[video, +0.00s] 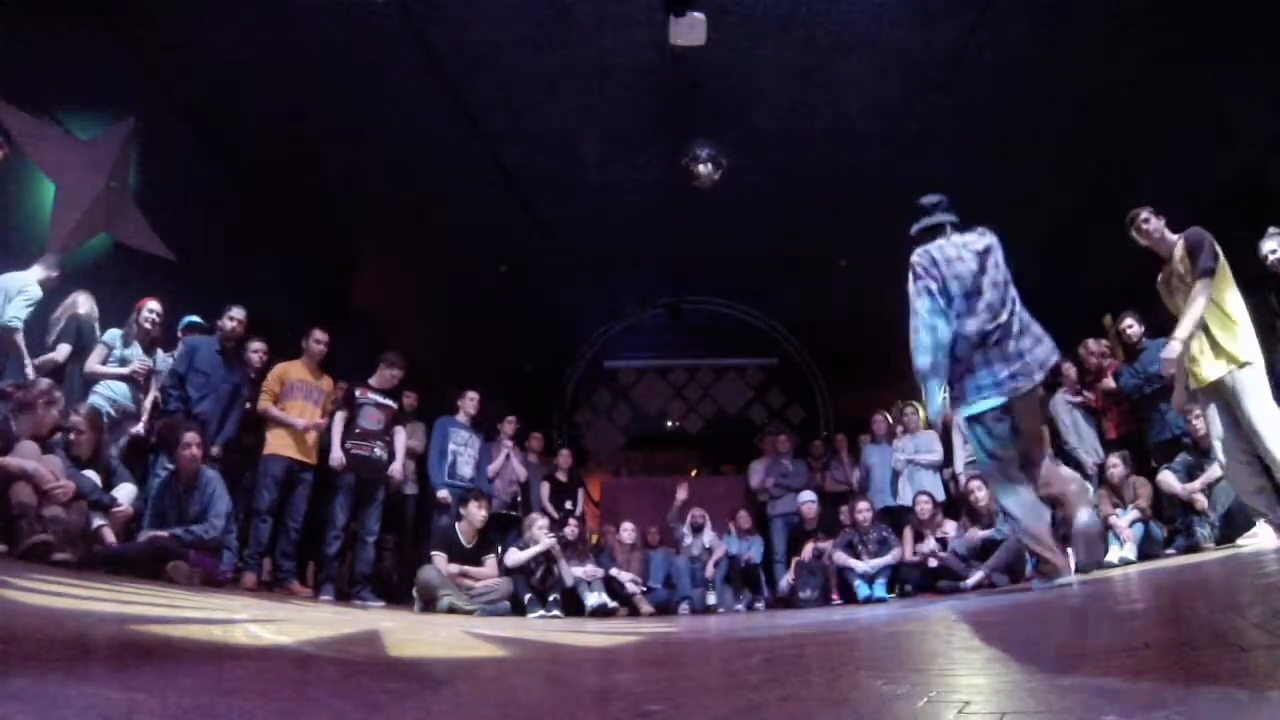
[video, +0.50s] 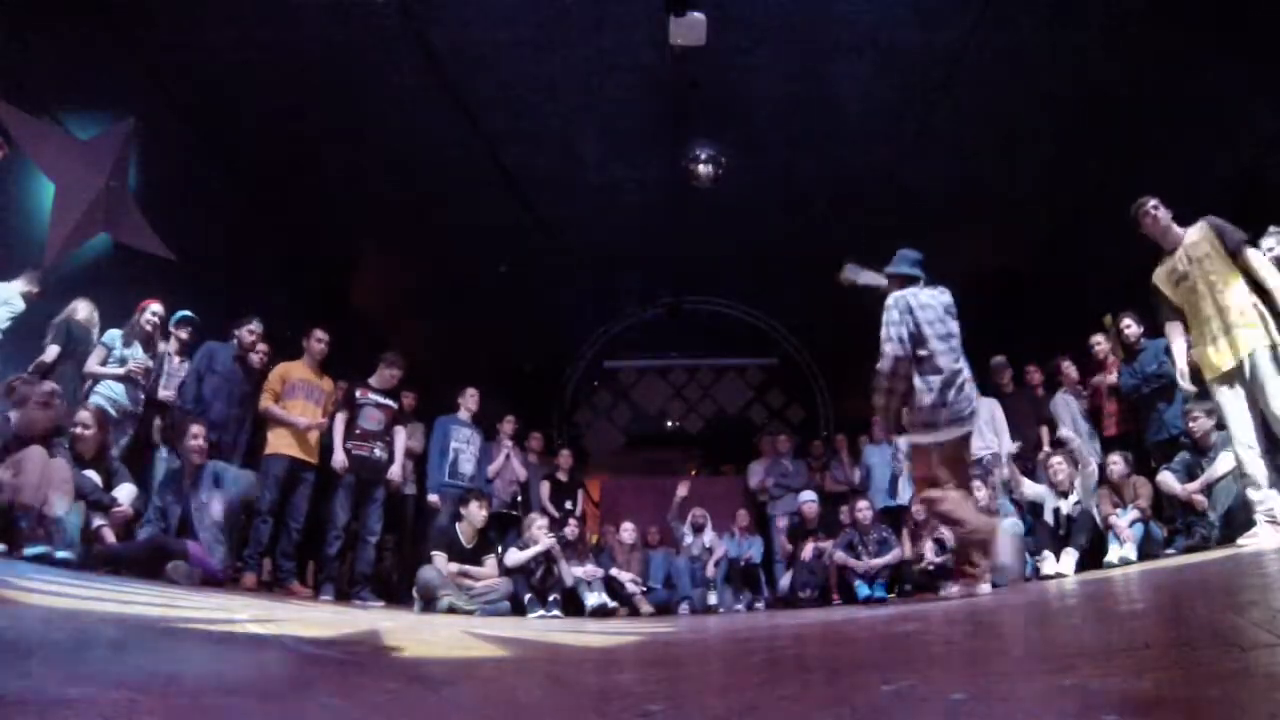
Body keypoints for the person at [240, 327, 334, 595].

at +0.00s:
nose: (321, 348)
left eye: (325, 344)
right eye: (317, 342)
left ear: (327, 349)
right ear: (305, 343)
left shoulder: (327, 382)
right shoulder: (283, 370)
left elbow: (326, 415)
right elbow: (263, 404)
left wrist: (320, 423)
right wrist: (292, 420)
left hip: (307, 454)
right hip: (279, 447)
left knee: (295, 518)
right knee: (264, 510)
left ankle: (286, 573)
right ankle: (251, 568)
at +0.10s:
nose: (321, 349)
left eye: (325, 345)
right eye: (317, 343)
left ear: (327, 350)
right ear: (305, 344)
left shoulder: (327, 383)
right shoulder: (283, 370)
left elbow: (326, 415)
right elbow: (264, 404)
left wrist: (320, 423)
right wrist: (293, 420)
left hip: (307, 454)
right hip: (279, 447)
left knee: (295, 518)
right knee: (265, 510)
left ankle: (286, 574)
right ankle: (251, 568)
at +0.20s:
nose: (321, 349)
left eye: (325, 345)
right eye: (317, 343)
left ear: (327, 350)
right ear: (305, 344)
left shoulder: (327, 384)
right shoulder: (283, 370)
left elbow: (326, 416)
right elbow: (265, 405)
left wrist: (320, 423)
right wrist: (293, 421)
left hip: (307, 454)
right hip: (279, 447)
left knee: (296, 518)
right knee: (265, 510)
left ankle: (286, 573)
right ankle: (251, 568)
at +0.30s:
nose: (322, 347)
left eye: (325, 343)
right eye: (317, 341)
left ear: (328, 349)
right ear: (305, 343)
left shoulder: (327, 383)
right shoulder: (283, 370)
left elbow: (326, 415)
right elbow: (265, 404)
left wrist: (320, 424)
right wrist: (294, 420)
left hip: (307, 454)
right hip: (280, 447)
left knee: (296, 518)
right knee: (265, 510)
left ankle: (286, 574)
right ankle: (251, 568)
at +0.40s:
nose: (322, 346)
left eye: (325, 342)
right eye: (318, 340)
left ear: (328, 348)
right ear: (305, 342)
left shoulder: (327, 383)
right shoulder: (284, 369)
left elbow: (327, 415)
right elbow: (265, 404)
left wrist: (321, 424)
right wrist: (294, 420)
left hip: (308, 453)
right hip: (280, 447)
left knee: (296, 518)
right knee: (265, 510)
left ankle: (286, 574)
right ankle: (251, 568)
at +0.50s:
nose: (322, 346)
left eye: (326, 342)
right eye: (318, 340)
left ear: (328, 348)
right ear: (305, 342)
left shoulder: (327, 383)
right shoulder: (284, 369)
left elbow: (328, 416)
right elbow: (265, 403)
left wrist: (320, 424)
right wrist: (296, 420)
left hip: (308, 454)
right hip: (280, 447)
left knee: (296, 518)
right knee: (266, 510)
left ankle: (286, 574)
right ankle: (251, 568)